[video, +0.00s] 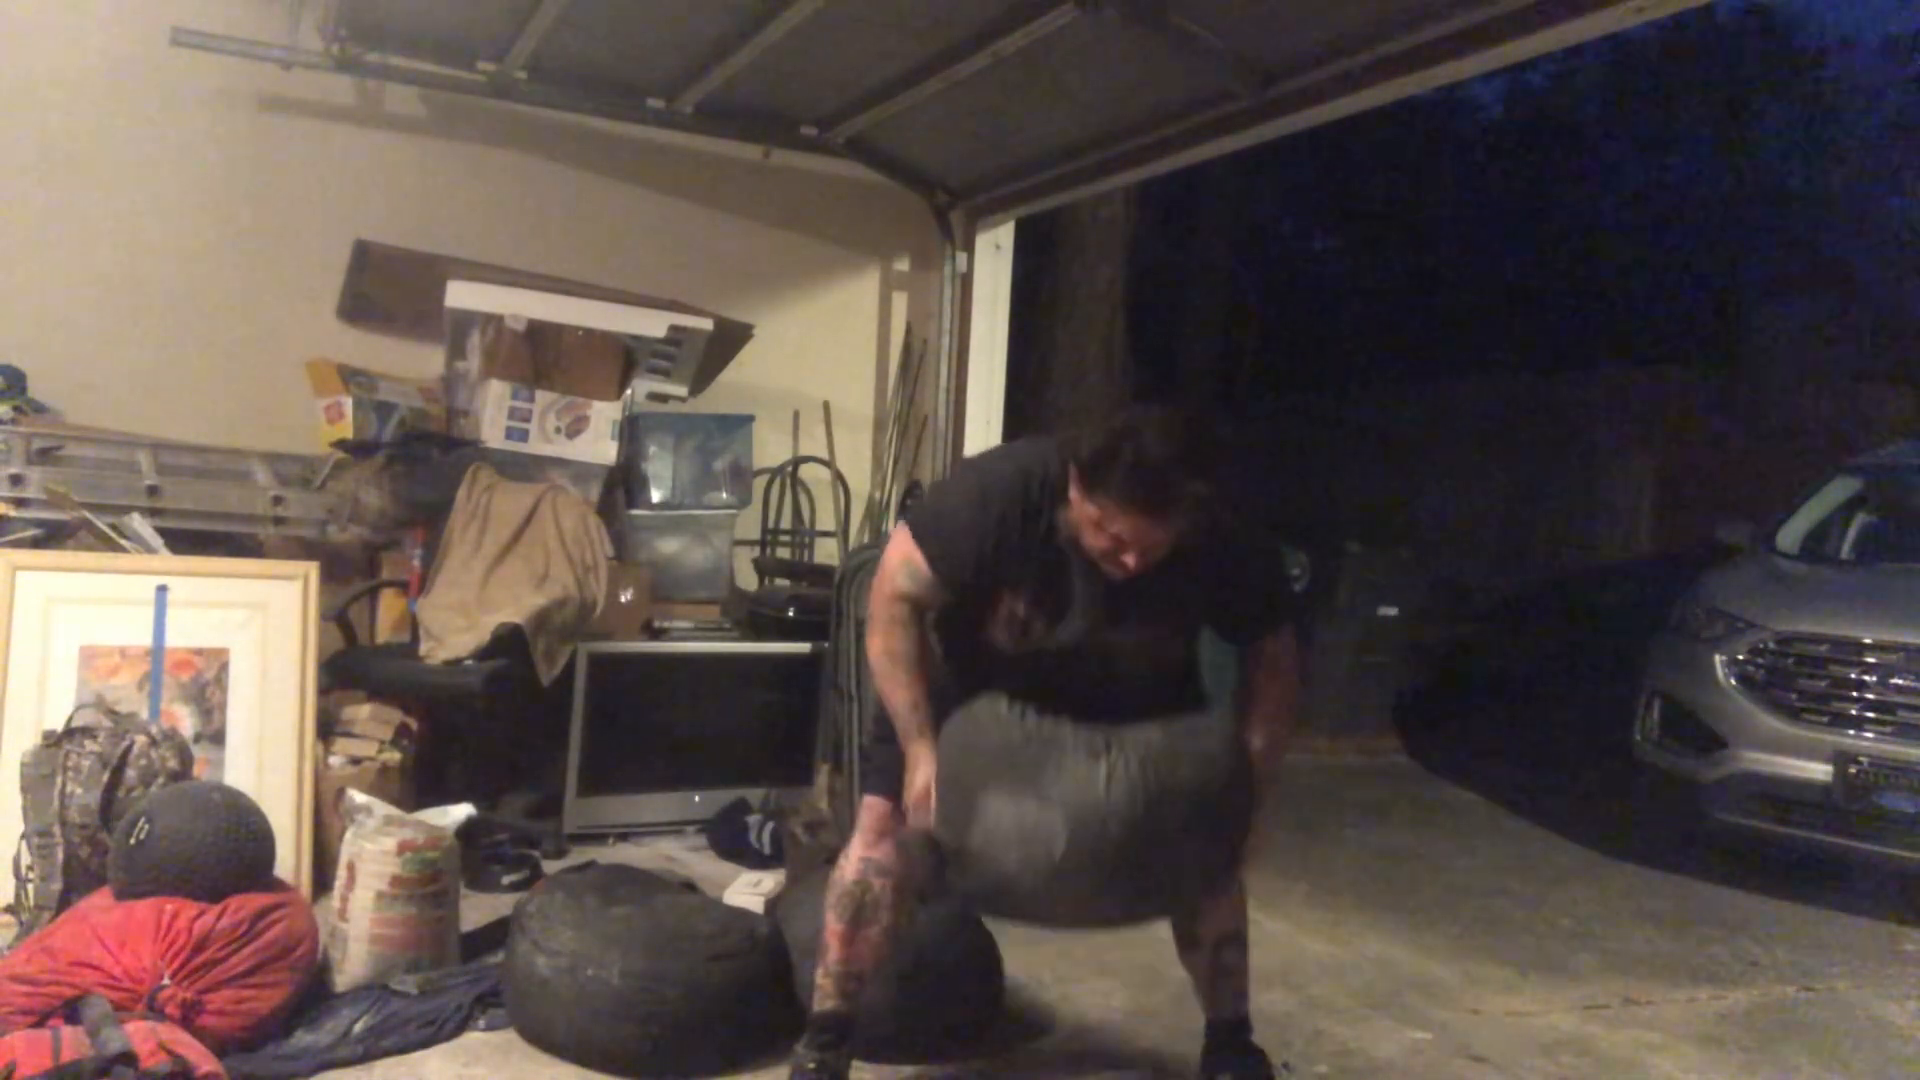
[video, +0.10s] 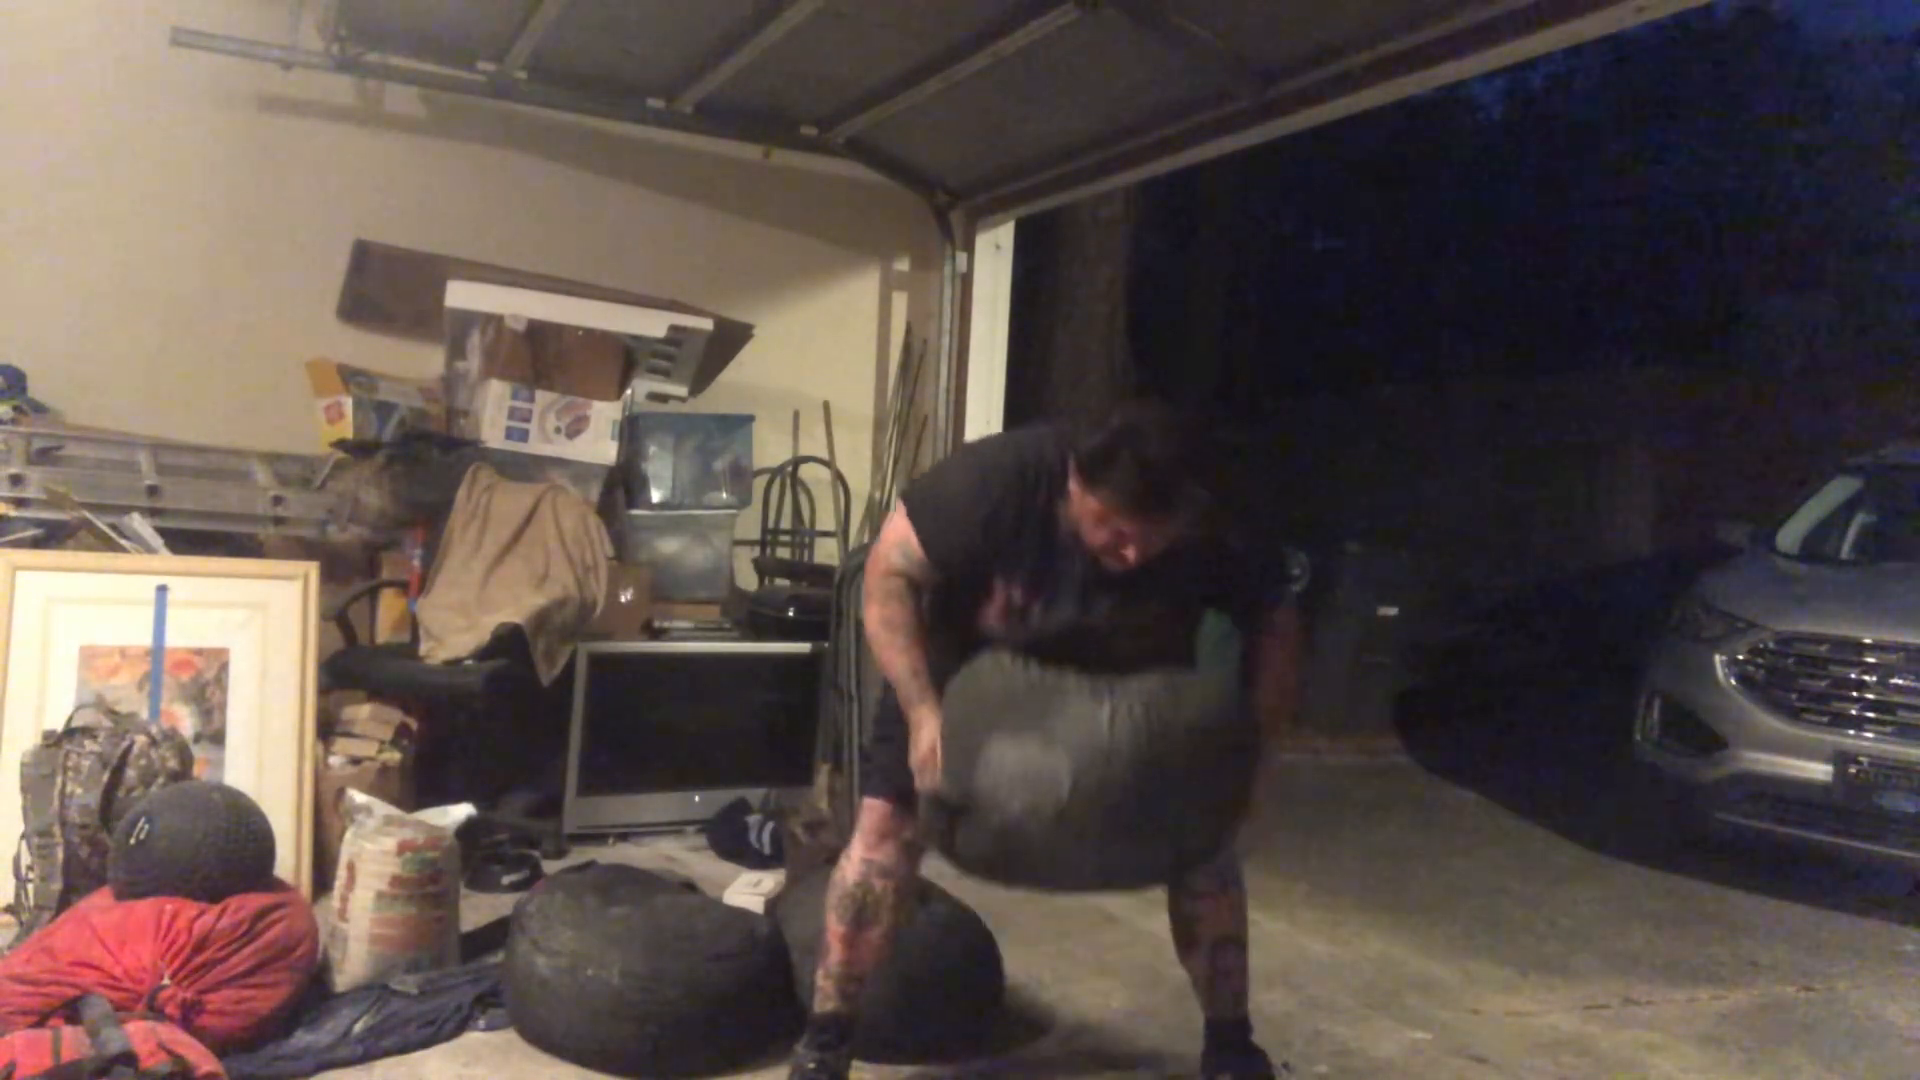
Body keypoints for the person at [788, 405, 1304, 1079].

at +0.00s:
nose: (1131, 564)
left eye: (1153, 547)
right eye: (1114, 541)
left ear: (1185, 520)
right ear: (1077, 491)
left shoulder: (1213, 540)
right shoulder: (1000, 495)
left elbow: (1273, 648)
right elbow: (892, 595)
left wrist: (1242, 789)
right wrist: (918, 751)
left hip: (1148, 702)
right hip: (976, 688)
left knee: (1208, 842)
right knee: (883, 824)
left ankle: (1231, 1044)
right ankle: (824, 1043)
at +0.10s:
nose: (1134, 556)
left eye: (1155, 540)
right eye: (1116, 534)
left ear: (1188, 518)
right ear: (1077, 487)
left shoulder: (1213, 529)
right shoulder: (994, 484)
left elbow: (1275, 624)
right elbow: (886, 577)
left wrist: (1248, 762)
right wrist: (922, 714)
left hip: (1133, 672)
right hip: (964, 655)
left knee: (1206, 839)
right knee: (884, 830)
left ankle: (1230, 1046)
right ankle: (824, 1043)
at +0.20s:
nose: (1135, 493)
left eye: (1158, 472)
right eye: (1119, 465)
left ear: (1190, 452)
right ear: (1079, 421)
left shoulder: (1213, 485)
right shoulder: (995, 448)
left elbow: (1276, 579)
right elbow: (886, 545)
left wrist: (1250, 706)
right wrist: (925, 676)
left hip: (1136, 667)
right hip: (971, 647)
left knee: (1214, 835)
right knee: (882, 830)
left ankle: (1229, 1043)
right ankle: (826, 1040)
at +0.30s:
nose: (1133, 396)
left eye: (1153, 376)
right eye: (1116, 371)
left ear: (1182, 380)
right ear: (1071, 364)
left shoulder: (1205, 459)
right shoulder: (994, 432)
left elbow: (1267, 571)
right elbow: (887, 538)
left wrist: (1254, 678)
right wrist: (930, 653)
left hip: (1142, 686)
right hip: (977, 667)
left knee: (1216, 839)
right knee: (885, 832)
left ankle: (1230, 1044)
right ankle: (827, 1042)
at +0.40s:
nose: (1126, 325)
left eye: (1146, 307)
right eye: (1105, 304)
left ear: (1171, 327)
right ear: (1064, 320)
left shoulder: (1199, 436)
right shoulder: (987, 415)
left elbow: (1260, 564)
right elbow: (887, 526)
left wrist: (1257, 668)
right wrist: (935, 625)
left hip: (1140, 683)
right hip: (976, 671)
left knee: (1224, 848)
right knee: (879, 833)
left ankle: (1231, 1048)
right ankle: (825, 1044)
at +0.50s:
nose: (1117, 294)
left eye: (1135, 282)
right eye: (1095, 278)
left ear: (1157, 311)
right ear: (1053, 306)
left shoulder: (1186, 430)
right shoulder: (982, 402)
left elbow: (1236, 556)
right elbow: (888, 518)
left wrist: (1263, 643)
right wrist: (939, 601)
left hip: (1132, 684)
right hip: (970, 671)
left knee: (1230, 849)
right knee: (879, 836)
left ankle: (1232, 1051)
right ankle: (823, 1051)